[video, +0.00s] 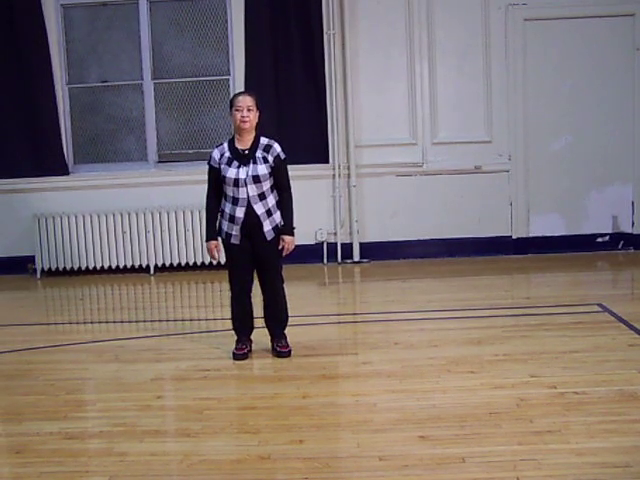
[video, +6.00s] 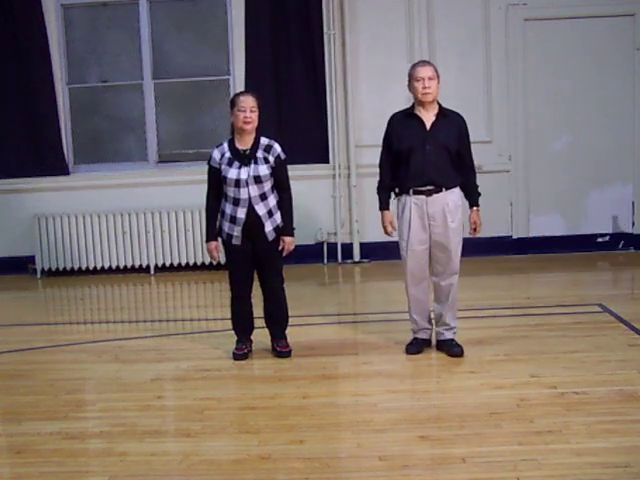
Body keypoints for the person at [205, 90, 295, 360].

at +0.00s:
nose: (244, 114)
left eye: (249, 110)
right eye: (238, 110)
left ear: (257, 115)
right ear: (231, 115)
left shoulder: (271, 149)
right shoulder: (219, 154)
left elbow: (285, 192)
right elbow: (213, 197)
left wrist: (288, 229)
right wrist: (211, 235)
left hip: (268, 231)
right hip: (234, 233)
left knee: (273, 285)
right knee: (240, 288)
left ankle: (278, 335)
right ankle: (243, 337)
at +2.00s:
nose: (246, 114)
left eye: (251, 110)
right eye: (240, 110)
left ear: (258, 115)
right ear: (232, 115)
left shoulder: (271, 149)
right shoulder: (219, 155)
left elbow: (284, 192)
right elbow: (213, 198)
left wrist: (287, 230)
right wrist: (212, 235)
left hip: (268, 231)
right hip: (234, 233)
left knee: (273, 285)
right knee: (239, 288)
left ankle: (279, 335)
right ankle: (243, 338)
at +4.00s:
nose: (241, 114)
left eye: (246, 109)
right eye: (235, 109)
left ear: (254, 114)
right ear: (227, 115)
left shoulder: (268, 149)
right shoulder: (217, 155)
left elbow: (282, 192)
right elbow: (211, 198)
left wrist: (285, 229)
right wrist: (210, 235)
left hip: (266, 231)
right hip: (232, 233)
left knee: (272, 285)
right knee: (239, 289)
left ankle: (278, 335)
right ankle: (243, 338)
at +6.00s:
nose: (247, 115)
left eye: (252, 110)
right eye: (241, 110)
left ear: (258, 115)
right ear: (232, 115)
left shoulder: (272, 150)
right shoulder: (220, 154)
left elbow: (285, 192)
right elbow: (213, 198)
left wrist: (288, 230)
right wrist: (212, 235)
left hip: (268, 231)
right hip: (235, 233)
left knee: (274, 286)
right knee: (240, 289)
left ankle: (279, 336)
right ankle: (243, 338)